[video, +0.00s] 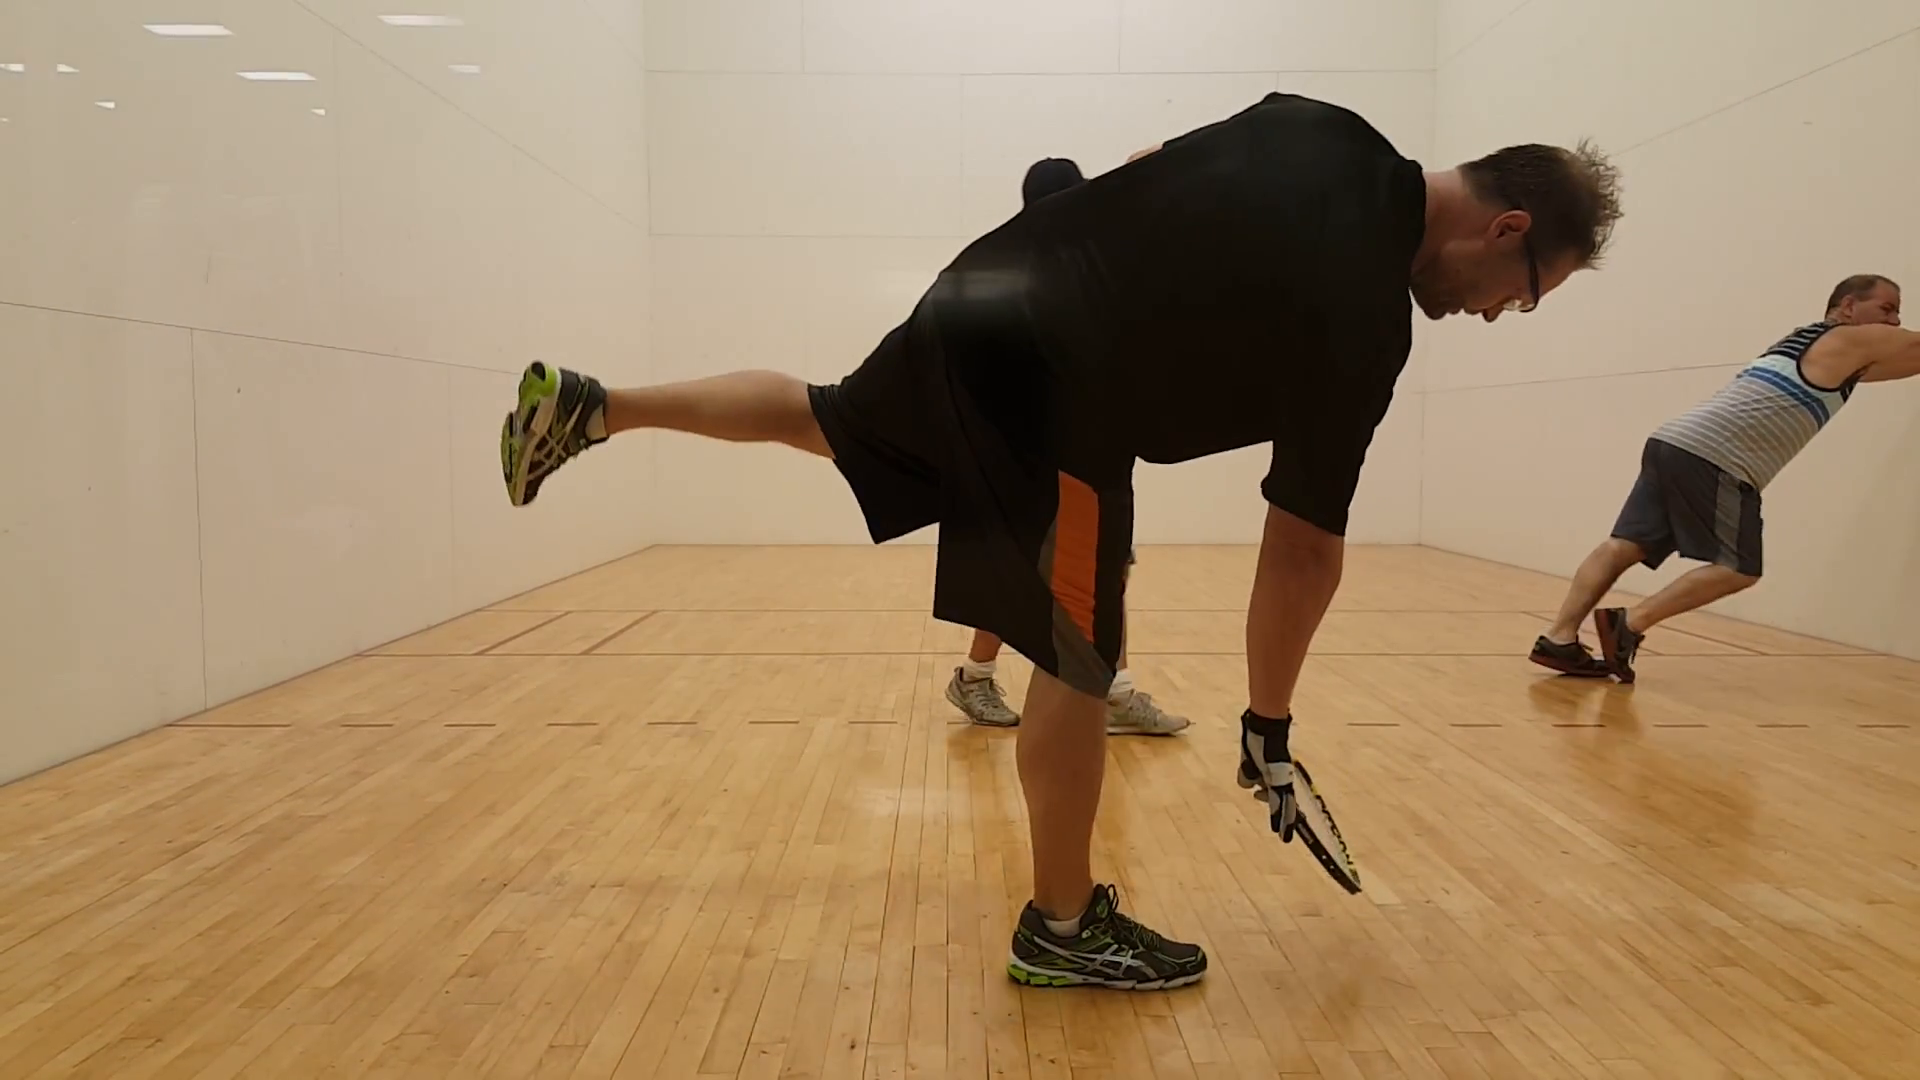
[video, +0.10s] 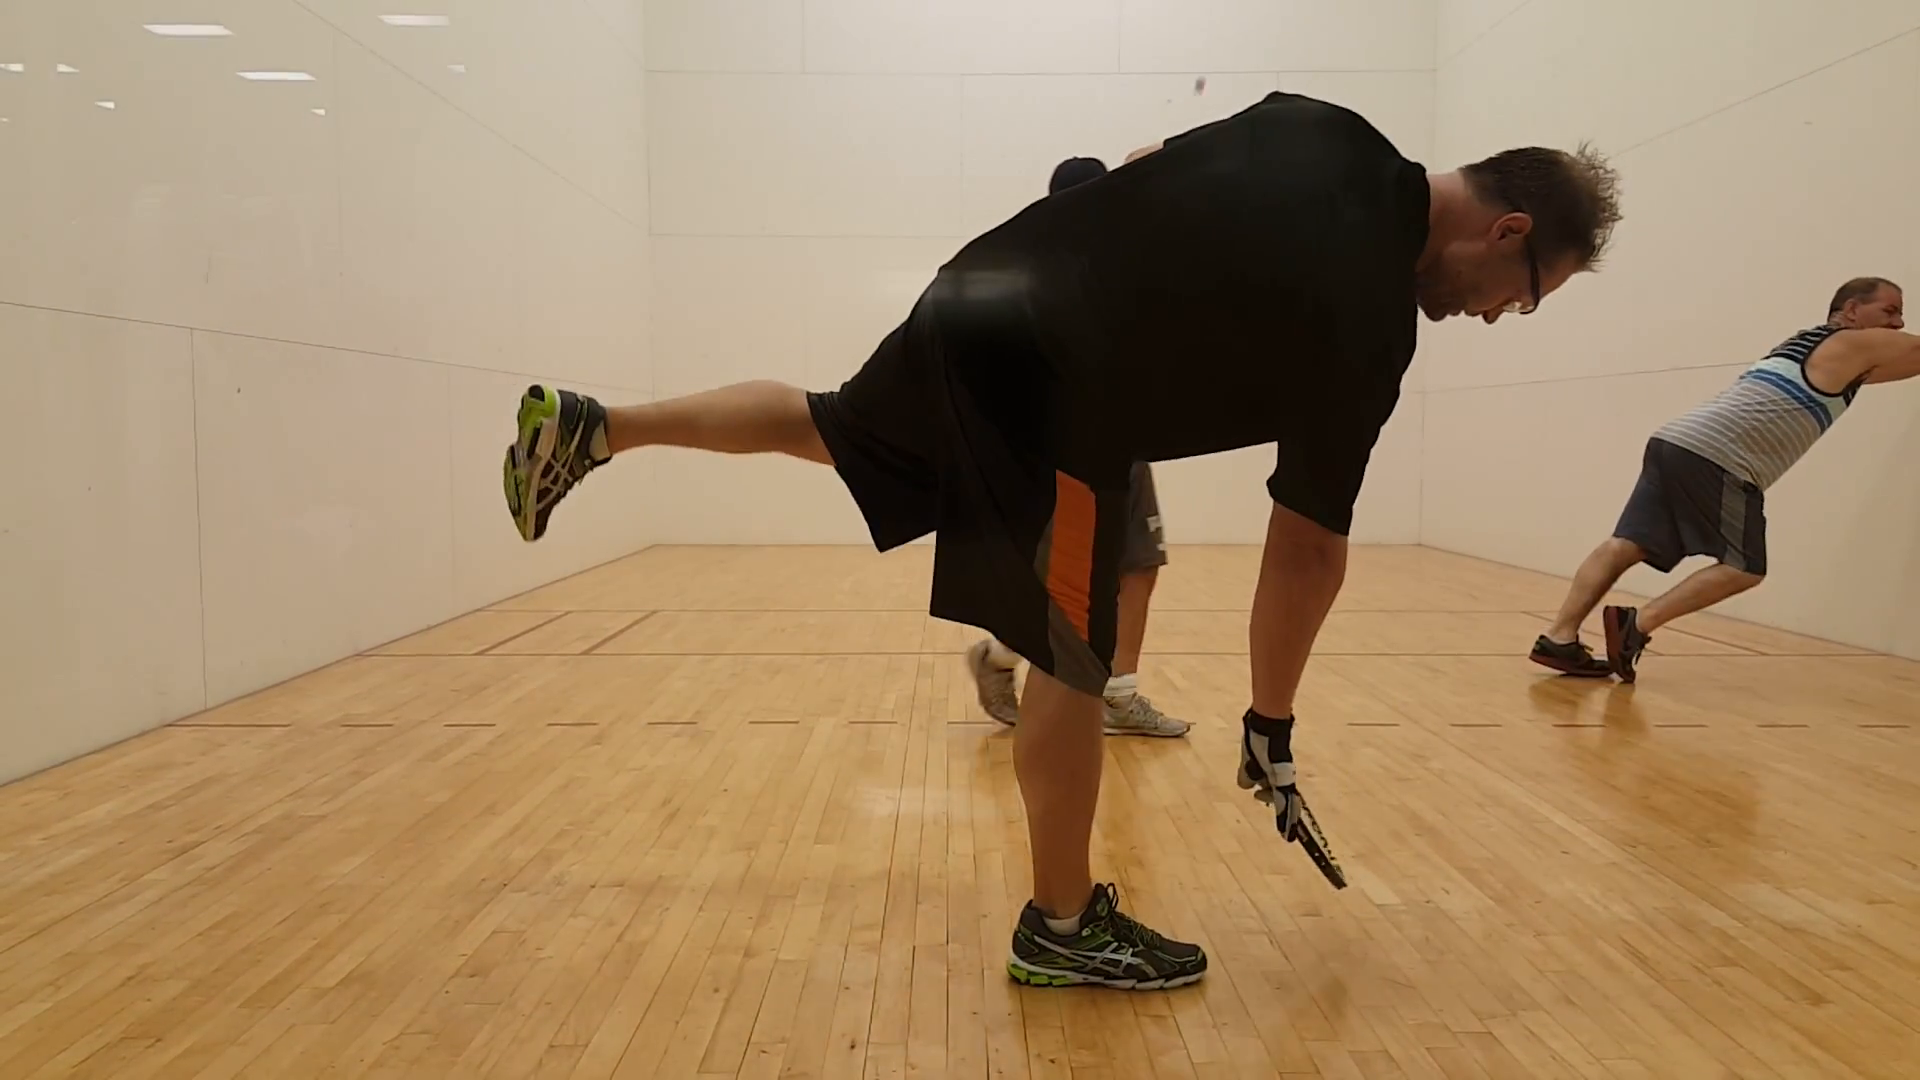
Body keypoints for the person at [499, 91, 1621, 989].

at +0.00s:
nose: (1507, 311)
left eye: (1527, 299)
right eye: (1528, 288)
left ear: (1479, 187)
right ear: (1505, 225)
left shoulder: (1316, 125)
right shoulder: (1366, 330)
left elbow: (1149, 178)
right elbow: (1301, 542)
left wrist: (1058, 240)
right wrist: (1267, 726)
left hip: (991, 291)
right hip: (1063, 393)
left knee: (836, 423)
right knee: (1079, 665)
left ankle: (594, 408)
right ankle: (1061, 921)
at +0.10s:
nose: (1509, 313)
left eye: (1529, 301)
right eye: (1529, 289)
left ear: (1479, 191)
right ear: (1502, 226)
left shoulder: (1320, 127)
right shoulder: (1368, 328)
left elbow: (1149, 173)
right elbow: (1307, 543)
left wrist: (1095, 229)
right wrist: (1268, 725)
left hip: (990, 282)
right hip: (1055, 375)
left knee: (844, 429)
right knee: (1072, 648)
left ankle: (597, 428)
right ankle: (1063, 922)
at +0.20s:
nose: (1507, 316)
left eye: (1526, 305)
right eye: (1527, 294)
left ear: (1479, 192)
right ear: (1507, 233)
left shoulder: (1321, 130)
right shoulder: (1371, 326)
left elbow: (1136, 178)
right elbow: (1311, 549)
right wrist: (1273, 725)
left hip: (982, 294)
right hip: (1047, 384)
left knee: (841, 440)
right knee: (1079, 654)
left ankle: (594, 435)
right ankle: (1063, 922)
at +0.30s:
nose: (1509, 324)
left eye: (1528, 311)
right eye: (1529, 302)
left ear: (1481, 202)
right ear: (1508, 243)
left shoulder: (1326, 136)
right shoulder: (1374, 339)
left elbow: (1143, 167)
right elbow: (1315, 564)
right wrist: (1278, 741)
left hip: (981, 296)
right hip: (1060, 394)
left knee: (834, 441)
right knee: (1075, 655)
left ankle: (593, 443)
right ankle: (1063, 921)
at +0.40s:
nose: (1499, 337)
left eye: (1521, 326)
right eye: (1523, 314)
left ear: (1478, 213)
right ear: (1506, 249)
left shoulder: (1325, 140)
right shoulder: (1375, 342)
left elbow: (1151, 171)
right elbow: (1319, 563)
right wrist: (1283, 733)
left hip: (978, 301)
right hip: (1058, 396)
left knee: (832, 446)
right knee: (1077, 657)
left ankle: (588, 444)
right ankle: (1064, 920)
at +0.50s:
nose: (1496, 352)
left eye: (1518, 339)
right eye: (1520, 329)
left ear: (1479, 229)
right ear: (1506, 267)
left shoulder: (1329, 155)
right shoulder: (1382, 348)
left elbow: (1153, 183)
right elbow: (1314, 574)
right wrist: (1279, 753)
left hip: (982, 296)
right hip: (1067, 385)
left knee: (840, 455)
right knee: (1089, 646)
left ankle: (585, 451)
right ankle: (1063, 921)